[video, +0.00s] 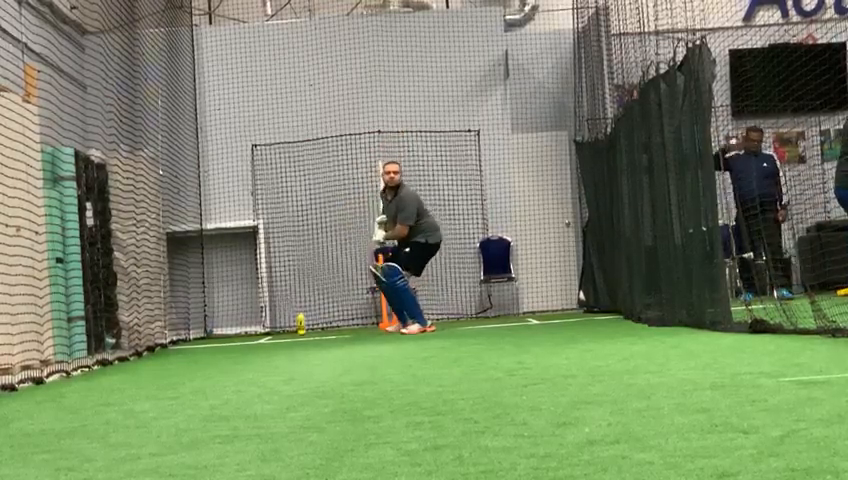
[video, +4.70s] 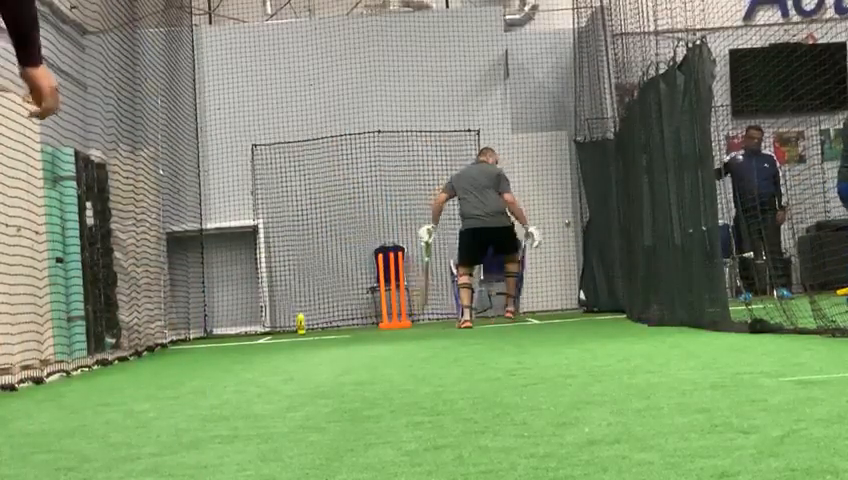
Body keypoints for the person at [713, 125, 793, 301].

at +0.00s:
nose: (756, 144)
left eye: (759, 141)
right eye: (753, 141)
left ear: (762, 142)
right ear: (744, 141)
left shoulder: (769, 159)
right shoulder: (735, 160)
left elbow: (778, 185)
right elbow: (713, 164)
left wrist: (782, 206)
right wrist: (726, 149)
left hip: (769, 210)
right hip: (745, 211)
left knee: (774, 248)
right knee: (746, 250)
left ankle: (780, 285)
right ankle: (749, 289)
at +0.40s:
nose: (762, 145)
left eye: (764, 141)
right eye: (758, 141)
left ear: (767, 142)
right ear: (749, 141)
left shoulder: (773, 159)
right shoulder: (741, 159)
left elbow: (782, 184)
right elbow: (730, 171)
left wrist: (788, 205)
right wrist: (734, 153)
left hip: (772, 208)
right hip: (750, 209)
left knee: (777, 247)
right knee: (749, 248)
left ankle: (782, 286)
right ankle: (751, 288)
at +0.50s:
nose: (762, 145)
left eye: (765, 142)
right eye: (759, 141)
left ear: (768, 142)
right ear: (752, 141)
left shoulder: (775, 159)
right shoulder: (742, 159)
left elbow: (783, 184)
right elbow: (737, 175)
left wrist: (788, 205)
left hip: (772, 207)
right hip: (751, 208)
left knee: (776, 247)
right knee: (751, 248)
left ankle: (781, 286)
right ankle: (752, 289)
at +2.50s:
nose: (755, 142)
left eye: (757, 139)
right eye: (751, 139)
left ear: (761, 140)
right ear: (743, 140)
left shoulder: (770, 159)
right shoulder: (734, 159)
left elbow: (782, 180)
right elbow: (724, 182)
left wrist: (775, 194)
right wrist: (742, 197)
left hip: (768, 210)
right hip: (745, 211)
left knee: (774, 247)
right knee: (746, 251)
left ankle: (781, 286)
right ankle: (748, 289)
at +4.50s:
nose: (755, 142)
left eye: (758, 139)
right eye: (751, 138)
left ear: (762, 141)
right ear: (744, 140)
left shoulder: (769, 159)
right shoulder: (735, 159)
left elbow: (777, 185)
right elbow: (721, 181)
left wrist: (781, 207)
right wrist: (735, 178)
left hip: (768, 211)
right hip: (744, 212)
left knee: (774, 248)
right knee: (746, 252)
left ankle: (779, 286)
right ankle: (748, 289)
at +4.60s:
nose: (755, 142)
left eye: (759, 139)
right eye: (752, 138)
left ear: (762, 142)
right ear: (744, 140)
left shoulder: (769, 160)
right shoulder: (736, 160)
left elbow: (777, 186)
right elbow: (724, 178)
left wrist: (781, 207)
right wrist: (710, 179)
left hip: (768, 211)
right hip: (744, 212)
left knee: (774, 248)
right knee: (746, 251)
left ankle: (779, 286)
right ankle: (748, 289)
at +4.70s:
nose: (754, 142)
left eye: (758, 139)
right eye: (751, 138)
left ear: (762, 142)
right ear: (744, 140)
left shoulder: (769, 160)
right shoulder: (735, 161)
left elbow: (777, 186)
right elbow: (717, 174)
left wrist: (781, 207)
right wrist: (705, 167)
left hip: (768, 211)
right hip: (744, 212)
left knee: (774, 248)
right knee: (745, 251)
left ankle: (780, 286)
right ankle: (749, 289)